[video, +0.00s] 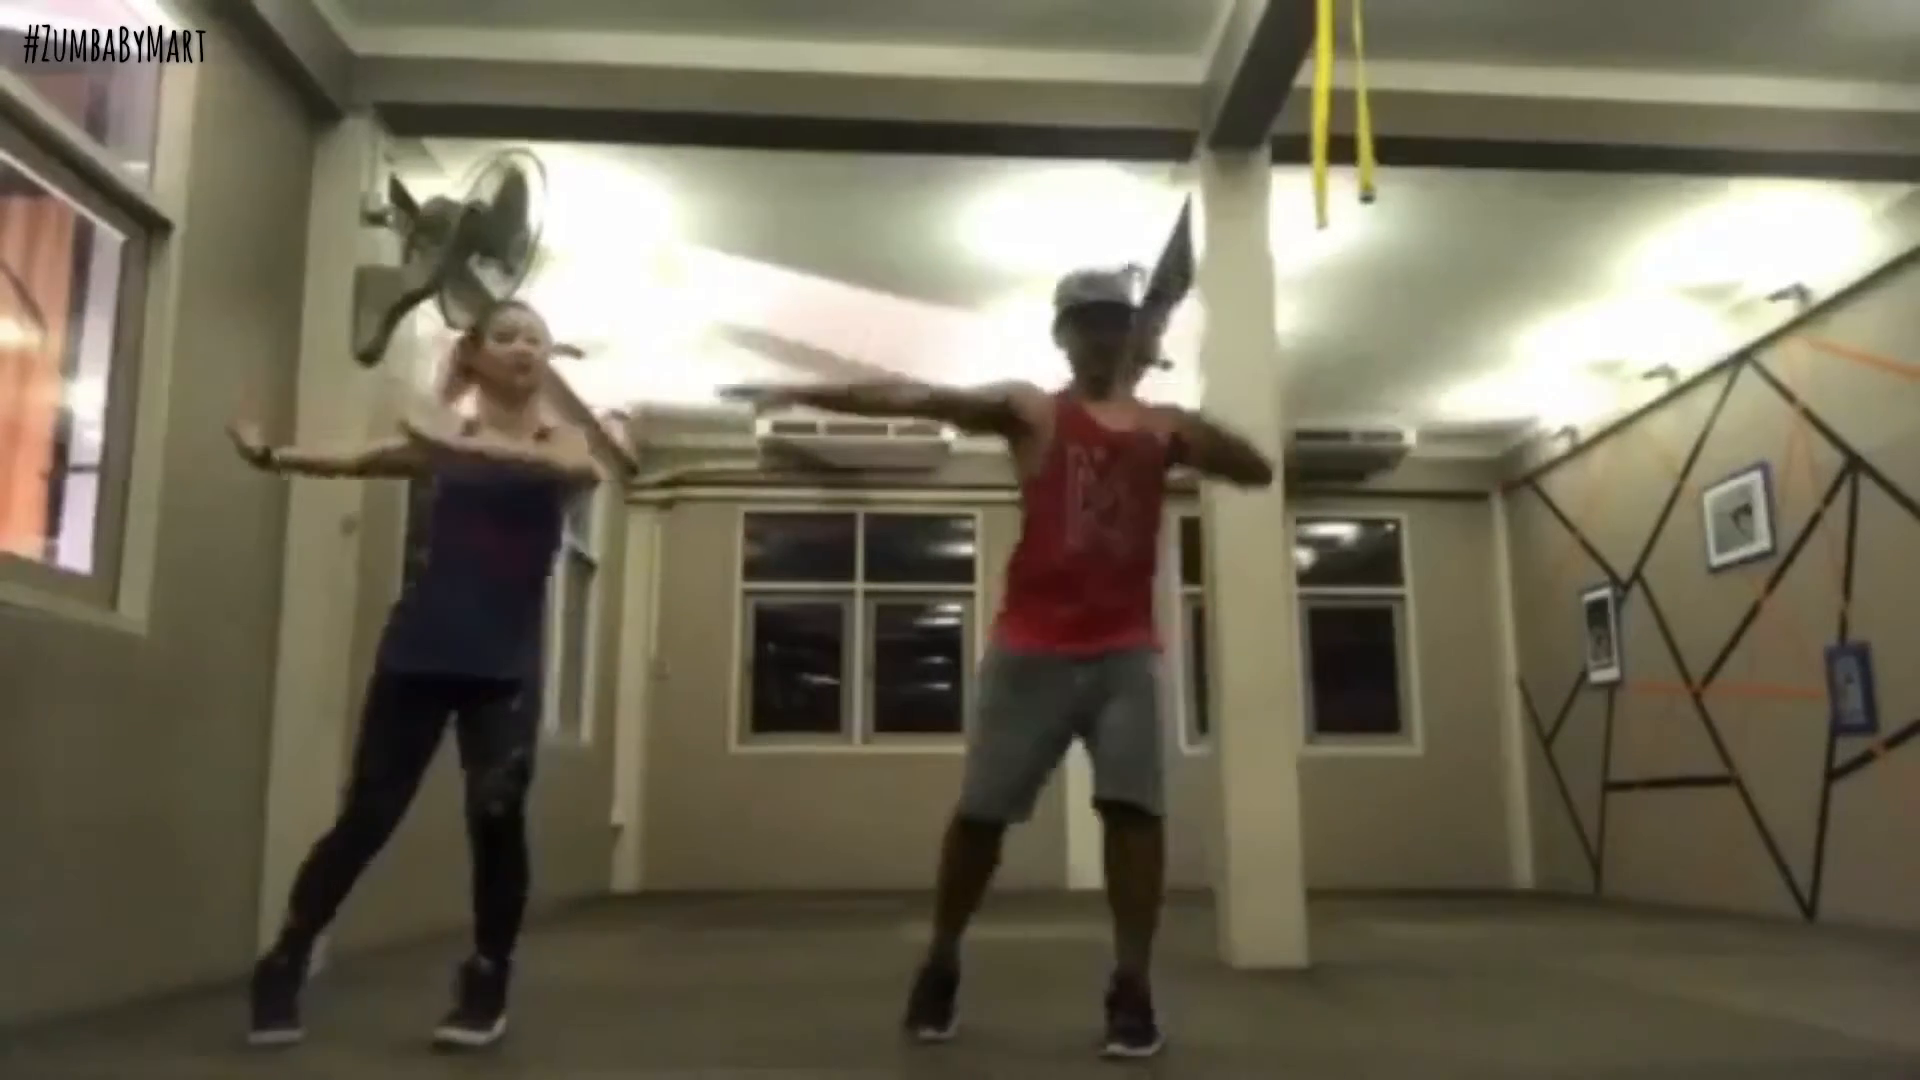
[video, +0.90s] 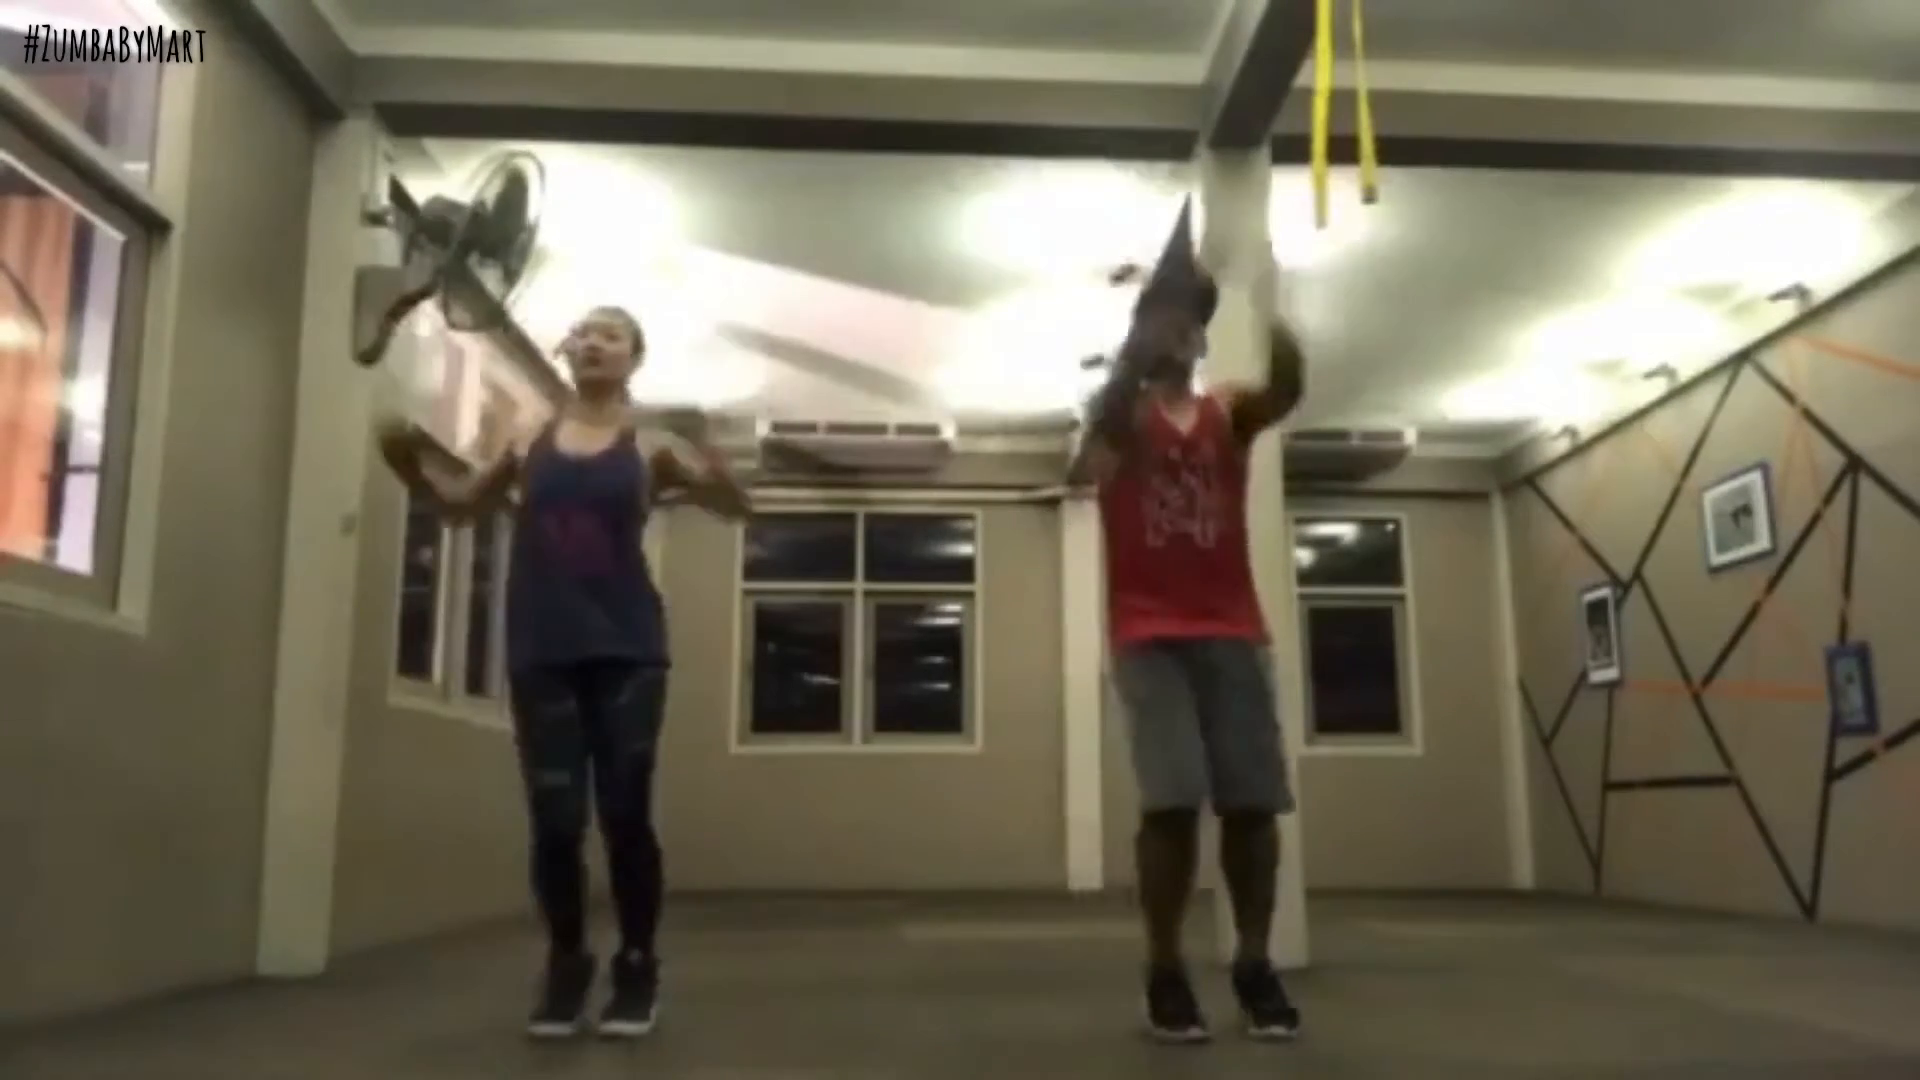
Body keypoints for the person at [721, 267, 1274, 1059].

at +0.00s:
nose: (1103, 343)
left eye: (1117, 328)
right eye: (1090, 327)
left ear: (1142, 339)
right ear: (1065, 336)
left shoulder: (1162, 430)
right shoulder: (1029, 410)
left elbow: (1255, 470)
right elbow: (911, 398)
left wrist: (1188, 432)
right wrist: (798, 394)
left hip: (1124, 651)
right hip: (1030, 650)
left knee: (1134, 814)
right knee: (982, 814)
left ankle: (1132, 987)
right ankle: (941, 966)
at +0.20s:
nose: (1088, 332)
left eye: (1102, 318)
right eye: (1074, 316)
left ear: (1118, 327)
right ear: (1049, 321)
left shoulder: (1139, 413)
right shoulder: (1009, 396)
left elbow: (1247, 435)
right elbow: (905, 368)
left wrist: (1220, 370)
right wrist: (826, 320)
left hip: (1109, 629)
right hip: (1013, 633)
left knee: (1136, 781)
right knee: (981, 806)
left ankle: (1146, 966)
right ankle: (947, 970)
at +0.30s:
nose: (1096, 321)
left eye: (1110, 308)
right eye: (1084, 305)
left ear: (1127, 318)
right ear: (1057, 311)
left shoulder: (1146, 402)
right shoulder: (1013, 386)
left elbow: (1255, 416)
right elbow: (910, 365)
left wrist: (1313, 365)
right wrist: (896, 294)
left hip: (1121, 619)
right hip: (1027, 626)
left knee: (1154, 771)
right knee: (991, 799)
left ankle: (1188, 937)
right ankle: (948, 967)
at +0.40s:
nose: (1109, 338)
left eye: (1127, 324)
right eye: (1097, 322)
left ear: (1150, 334)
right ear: (1073, 327)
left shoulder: (1165, 409)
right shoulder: (1028, 394)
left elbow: (1277, 427)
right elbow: (918, 389)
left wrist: (1380, 400)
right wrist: (944, 314)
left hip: (1146, 633)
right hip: (1051, 637)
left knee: (1193, 794)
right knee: (1010, 807)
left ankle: (1242, 936)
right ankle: (950, 968)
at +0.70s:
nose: (1151, 298)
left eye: (1166, 285)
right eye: (1143, 283)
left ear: (1191, 300)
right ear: (1122, 297)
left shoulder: (1225, 377)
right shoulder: (1095, 384)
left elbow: (1339, 352)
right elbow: (999, 333)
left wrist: (1436, 314)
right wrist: (982, 241)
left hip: (1219, 624)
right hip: (1128, 627)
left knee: (1252, 798)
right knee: (1100, 796)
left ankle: (1271, 966)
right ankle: (1063, 965)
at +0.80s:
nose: (1176, 301)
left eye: (1188, 290)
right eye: (1162, 286)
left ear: (1200, 303)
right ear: (1129, 300)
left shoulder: (1224, 372)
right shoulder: (1112, 381)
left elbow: (1327, 323)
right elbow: (1088, 366)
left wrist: (1412, 249)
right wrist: (1076, 305)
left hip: (1222, 612)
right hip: (1137, 616)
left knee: (1252, 781)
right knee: (1141, 785)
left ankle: (1265, 956)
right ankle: (1135, 959)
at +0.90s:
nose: (1172, 330)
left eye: (1185, 317)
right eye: (1160, 314)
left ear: (1202, 330)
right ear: (1136, 323)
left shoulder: (1226, 413)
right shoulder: (1117, 415)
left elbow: (1284, 389)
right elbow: (1100, 446)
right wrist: (1133, 355)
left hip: (1229, 626)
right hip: (1150, 629)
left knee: (1252, 803)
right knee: (1172, 800)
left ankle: (1255, 966)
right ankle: (1166, 973)